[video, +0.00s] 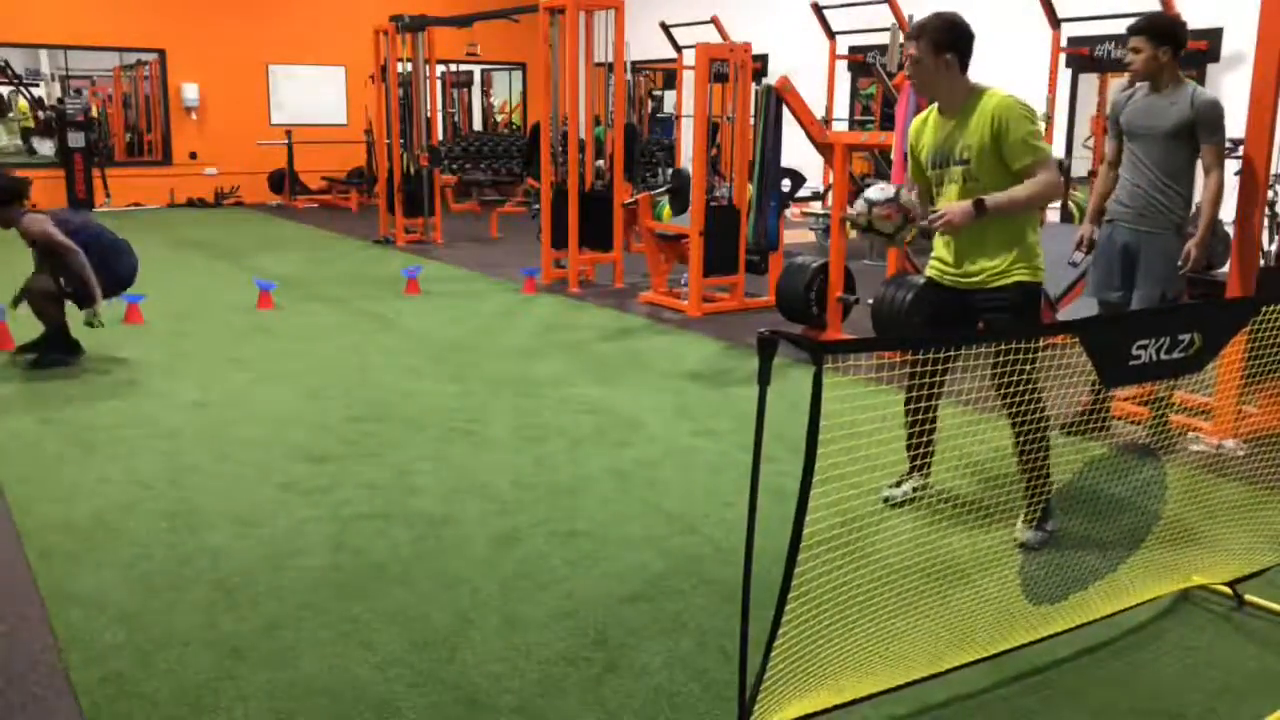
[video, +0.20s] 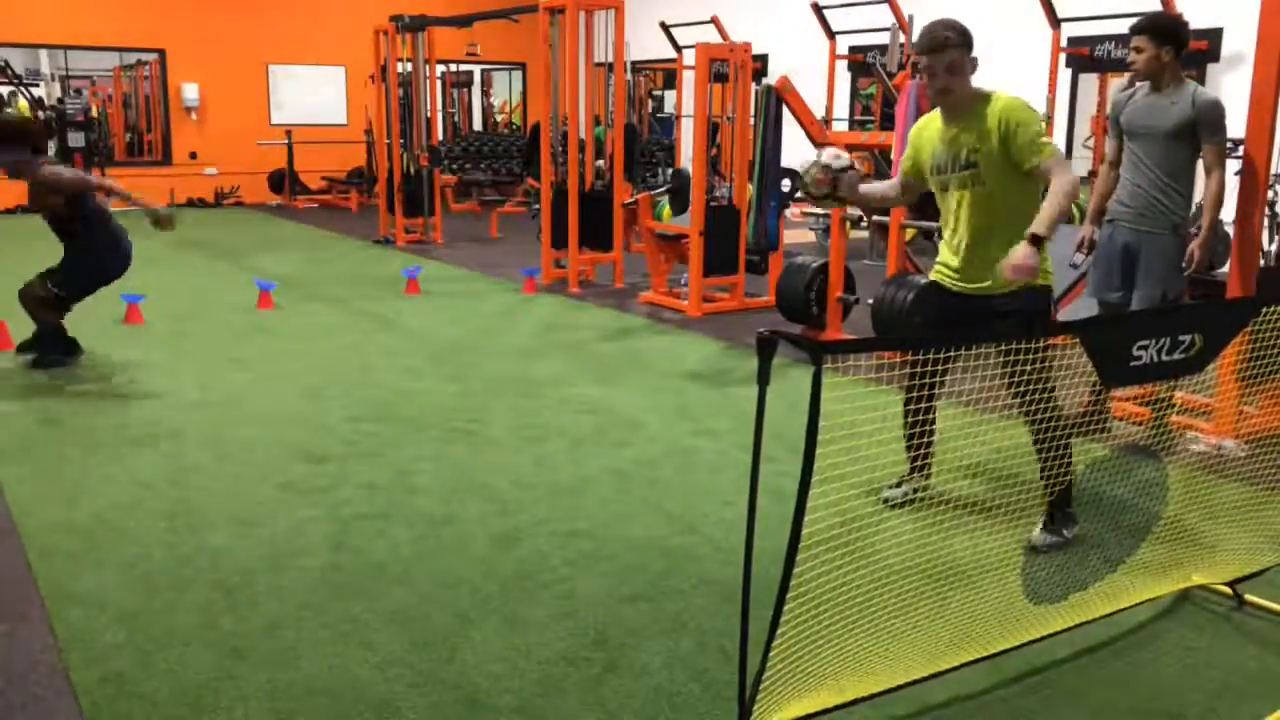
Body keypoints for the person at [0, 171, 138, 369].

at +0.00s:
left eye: (0, 209)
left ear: (8, 205)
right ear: (20, 201)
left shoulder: (30, 224)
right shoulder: (36, 219)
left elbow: (75, 253)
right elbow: (43, 269)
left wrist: (95, 300)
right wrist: (23, 294)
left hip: (114, 271)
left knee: (37, 288)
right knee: (39, 284)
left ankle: (62, 343)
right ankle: (55, 335)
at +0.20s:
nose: (5, 169)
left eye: (7, 161)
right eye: (4, 162)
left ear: (21, 156)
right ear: (27, 155)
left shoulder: (48, 177)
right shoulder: (44, 178)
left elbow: (104, 185)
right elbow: (97, 197)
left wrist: (152, 209)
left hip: (103, 254)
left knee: (30, 295)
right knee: (43, 291)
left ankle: (60, 346)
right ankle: (48, 333)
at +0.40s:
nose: (71, 104)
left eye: (79, 96)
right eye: (64, 97)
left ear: (93, 100)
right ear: (55, 102)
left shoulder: (111, 135)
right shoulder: (65, 140)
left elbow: (153, 173)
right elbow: (74, 165)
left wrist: (152, 226)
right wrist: (73, 192)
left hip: (144, 218)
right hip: (115, 216)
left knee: (91, 286)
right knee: (67, 275)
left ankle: (140, 333)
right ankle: (80, 335)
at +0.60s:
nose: (172, 104)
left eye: (180, 97)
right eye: (165, 96)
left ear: (189, 104)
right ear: (150, 102)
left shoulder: (206, 153)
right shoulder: (137, 149)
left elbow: (204, 208)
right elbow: (115, 194)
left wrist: (147, 221)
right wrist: (115, 213)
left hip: (196, 238)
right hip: (150, 240)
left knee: (224, 297)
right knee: (120, 311)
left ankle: (231, 389)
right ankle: (87, 367)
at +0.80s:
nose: (270, 77)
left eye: (274, 69)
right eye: (260, 69)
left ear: (281, 73)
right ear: (239, 76)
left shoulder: (298, 120)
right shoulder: (222, 129)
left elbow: (320, 163)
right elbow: (189, 178)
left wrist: (331, 191)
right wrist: (168, 234)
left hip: (292, 225)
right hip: (247, 229)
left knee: (321, 295)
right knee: (252, 304)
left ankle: (279, 374)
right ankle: (233, 389)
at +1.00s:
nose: (380, 117)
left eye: (384, 109)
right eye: (371, 109)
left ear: (388, 112)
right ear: (348, 115)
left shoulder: (384, 156)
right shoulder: (332, 168)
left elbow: (382, 200)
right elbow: (290, 218)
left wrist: (422, 200)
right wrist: (285, 266)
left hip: (390, 262)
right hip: (353, 268)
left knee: (454, 317)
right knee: (388, 331)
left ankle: (493, 407)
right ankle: (372, 435)